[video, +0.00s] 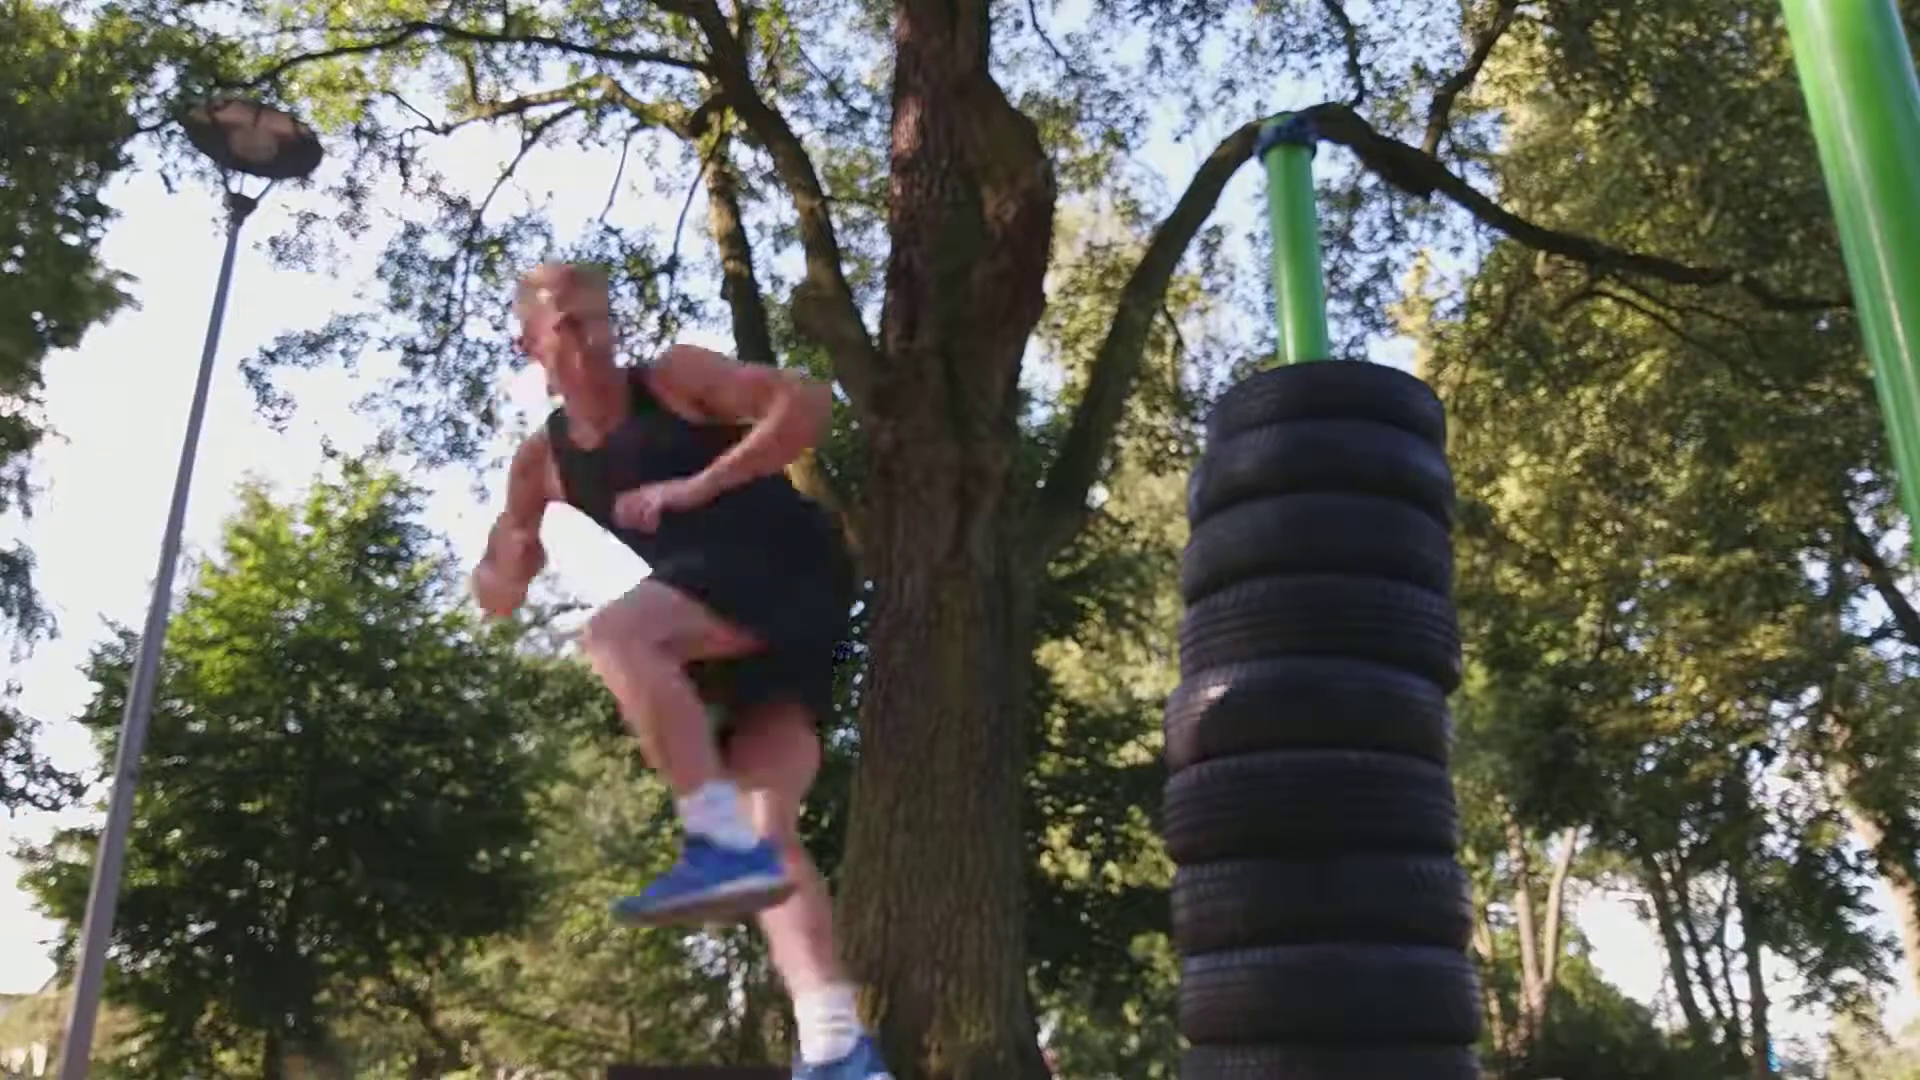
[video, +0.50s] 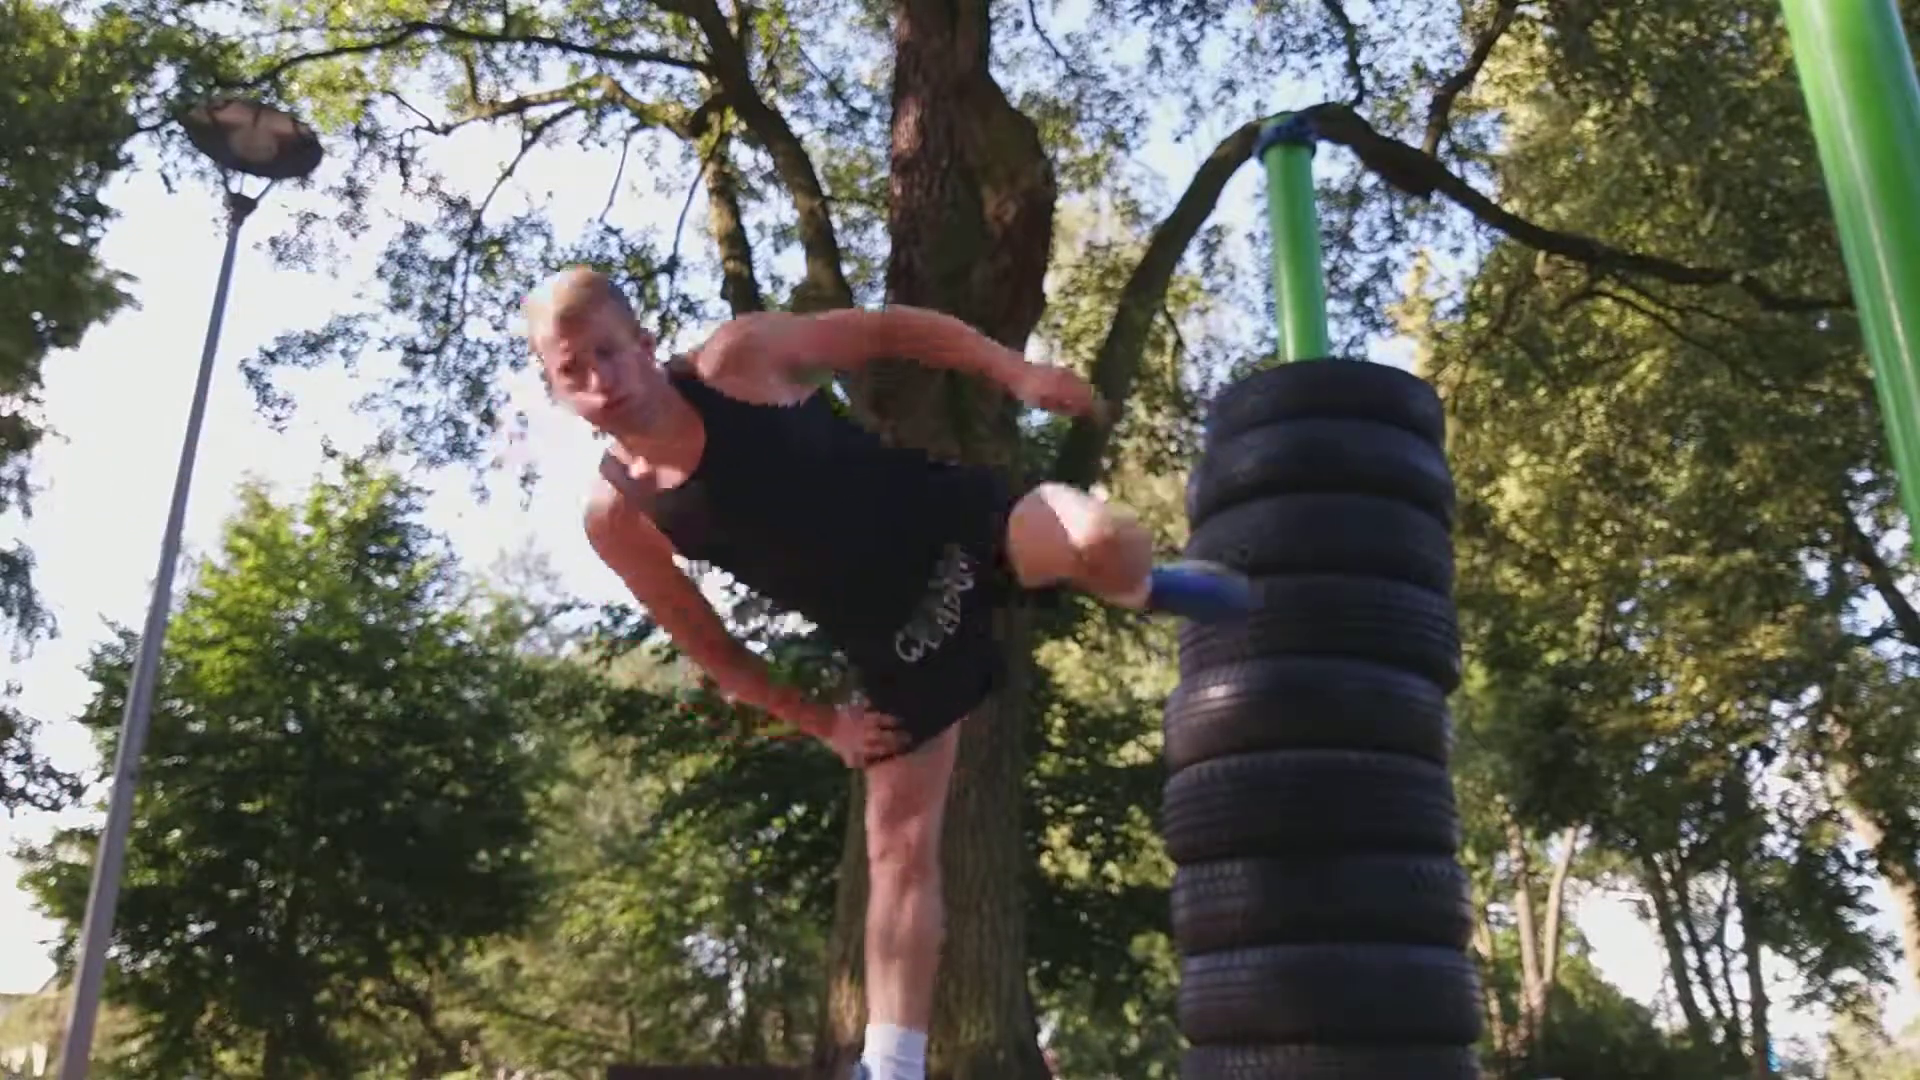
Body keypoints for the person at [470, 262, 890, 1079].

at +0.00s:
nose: (590, 337)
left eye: (596, 319)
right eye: (568, 326)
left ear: (614, 323)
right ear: (531, 347)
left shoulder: (671, 374)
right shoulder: (544, 461)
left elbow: (804, 402)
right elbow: (495, 599)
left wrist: (701, 484)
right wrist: (504, 560)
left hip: (780, 550)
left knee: (618, 633)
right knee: (759, 827)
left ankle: (723, 838)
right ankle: (835, 1047)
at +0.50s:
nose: (597, 386)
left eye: (605, 356)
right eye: (571, 376)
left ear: (643, 337)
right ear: (553, 392)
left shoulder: (740, 354)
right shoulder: (618, 516)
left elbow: (892, 332)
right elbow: (712, 650)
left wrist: (1021, 373)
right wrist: (821, 722)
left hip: (953, 521)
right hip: (888, 634)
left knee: (1095, 533)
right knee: (897, 839)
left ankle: (1147, 589)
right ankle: (895, 1065)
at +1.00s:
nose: (716, 16)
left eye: (736, 5)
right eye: (691, 1)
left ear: (755, 35)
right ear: (646, 29)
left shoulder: (806, 140)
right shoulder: (620, 193)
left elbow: (909, 277)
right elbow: (504, 329)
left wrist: (756, 312)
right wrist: (495, 216)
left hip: (783, 485)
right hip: (645, 490)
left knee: (836, 738)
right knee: (476, 674)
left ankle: (881, 1044)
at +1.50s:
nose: (600, 148)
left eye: (604, 127)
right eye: (595, 119)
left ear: (537, 109)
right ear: (537, 96)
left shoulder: (498, 246)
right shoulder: (421, 111)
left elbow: (485, 420)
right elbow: (354, 204)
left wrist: (582, 385)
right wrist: (506, 349)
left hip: (480, 519)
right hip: (385, 479)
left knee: (532, 777)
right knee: (333, 703)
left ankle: (362, 1035)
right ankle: (226, 1040)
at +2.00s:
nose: (481, 228)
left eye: (487, 211)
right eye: (474, 201)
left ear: (421, 191)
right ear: (409, 176)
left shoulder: (380, 317)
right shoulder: (295, 212)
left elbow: (331, 482)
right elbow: (276, 315)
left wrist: (429, 474)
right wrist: (431, 341)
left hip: (324, 593)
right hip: (220, 557)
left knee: (346, 817)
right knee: (138, 790)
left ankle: (235, 1068)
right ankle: (4, 1009)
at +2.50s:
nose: (555, 318)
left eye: (557, 301)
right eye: (545, 293)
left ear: (492, 292)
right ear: (485, 282)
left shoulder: (494, 434)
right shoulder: (365, 344)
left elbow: (517, 562)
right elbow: (224, 443)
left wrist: (614, 567)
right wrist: (235, 567)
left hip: (428, 685)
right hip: (328, 655)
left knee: (522, 842)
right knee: (212, 839)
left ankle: (483, 1073)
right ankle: (21, 1031)